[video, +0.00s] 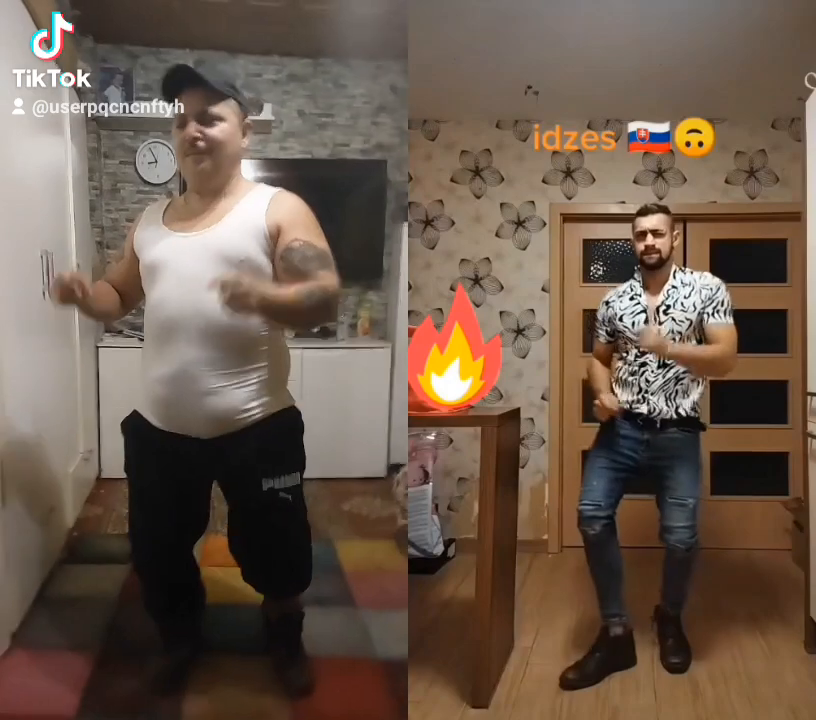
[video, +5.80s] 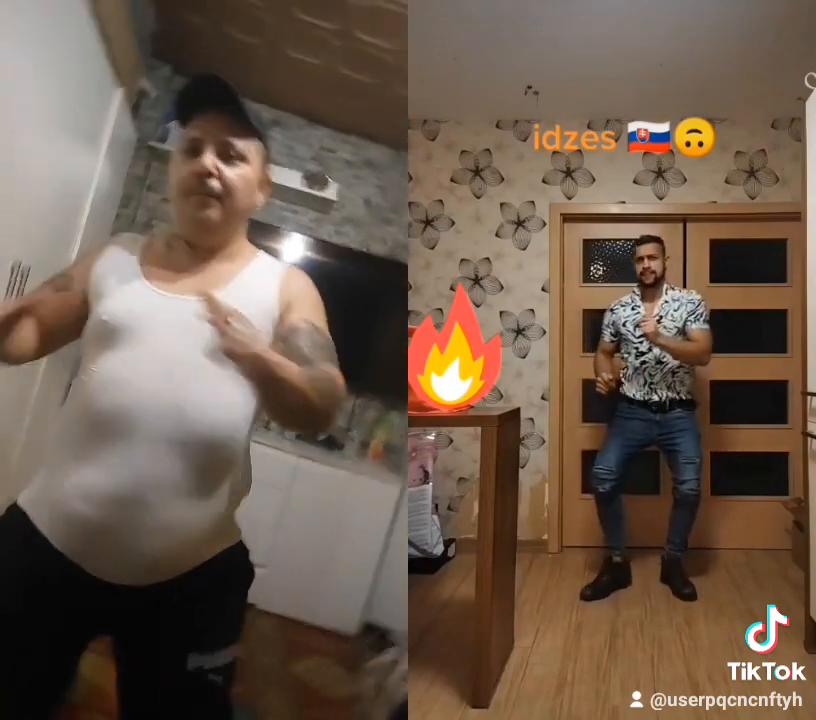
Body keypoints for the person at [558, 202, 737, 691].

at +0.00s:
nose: (648, 242)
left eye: (657, 234)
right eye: (641, 235)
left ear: (675, 239)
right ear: (633, 242)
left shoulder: (707, 288)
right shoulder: (616, 300)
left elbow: (724, 358)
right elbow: (599, 359)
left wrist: (665, 349)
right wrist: (602, 392)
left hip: (678, 434)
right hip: (622, 431)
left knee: (680, 536)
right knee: (592, 518)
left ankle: (671, 620)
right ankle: (616, 635)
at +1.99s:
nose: (647, 255)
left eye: (654, 248)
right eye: (639, 248)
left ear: (664, 251)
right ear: (628, 252)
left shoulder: (689, 289)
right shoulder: (612, 303)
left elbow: (712, 346)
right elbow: (589, 354)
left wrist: (676, 338)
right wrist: (596, 375)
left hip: (671, 415)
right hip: (624, 414)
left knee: (689, 500)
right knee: (611, 497)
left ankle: (679, 577)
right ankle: (614, 591)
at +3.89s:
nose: (613, 277)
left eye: (618, 271)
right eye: (607, 270)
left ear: (624, 272)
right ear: (591, 271)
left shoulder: (643, 304)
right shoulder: (575, 317)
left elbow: (662, 356)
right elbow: (556, 367)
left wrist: (645, 346)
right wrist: (567, 388)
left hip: (638, 414)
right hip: (596, 414)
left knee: (664, 483)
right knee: (593, 490)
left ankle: (660, 581)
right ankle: (606, 570)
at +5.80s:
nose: (646, 265)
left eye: (653, 259)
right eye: (640, 260)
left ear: (665, 263)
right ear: (634, 265)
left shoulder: (689, 302)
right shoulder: (619, 310)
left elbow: (702, 354)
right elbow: (604, 354)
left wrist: (659, 339)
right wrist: (605, 376)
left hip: (678, 414)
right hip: (631, 412)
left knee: (689, 488)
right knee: (603, 478)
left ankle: (673, 564)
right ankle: (617, 565)